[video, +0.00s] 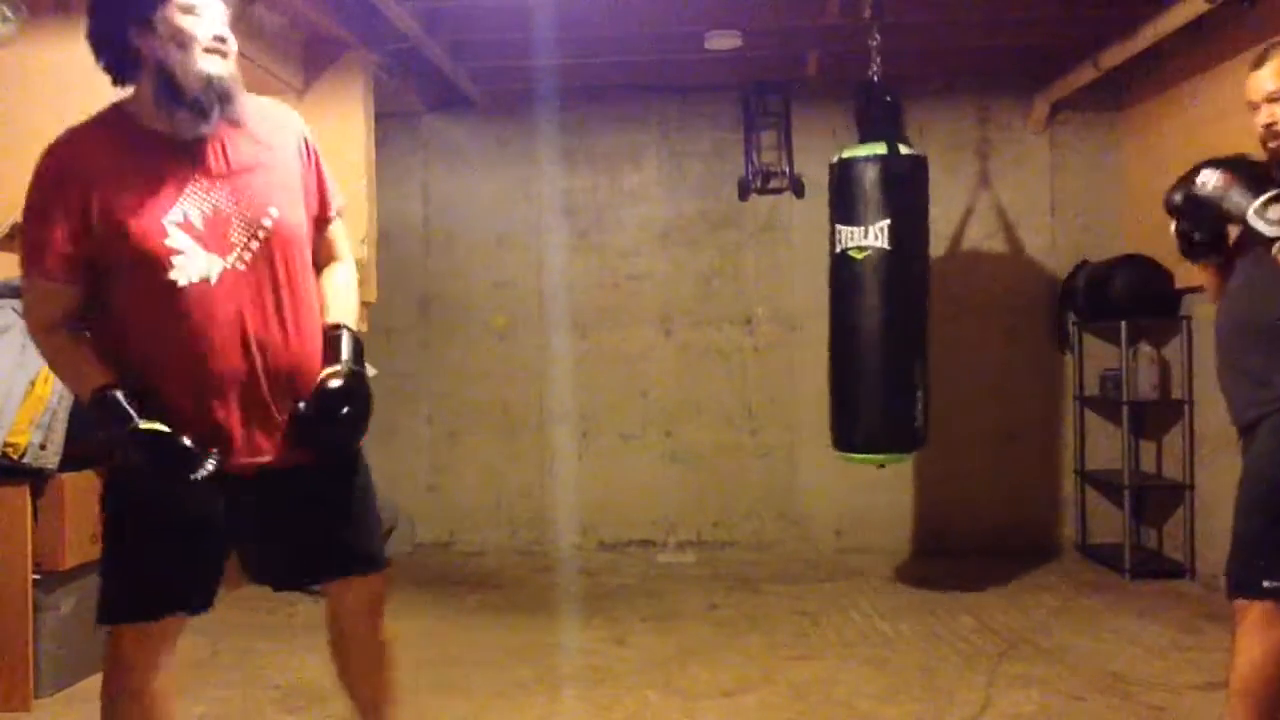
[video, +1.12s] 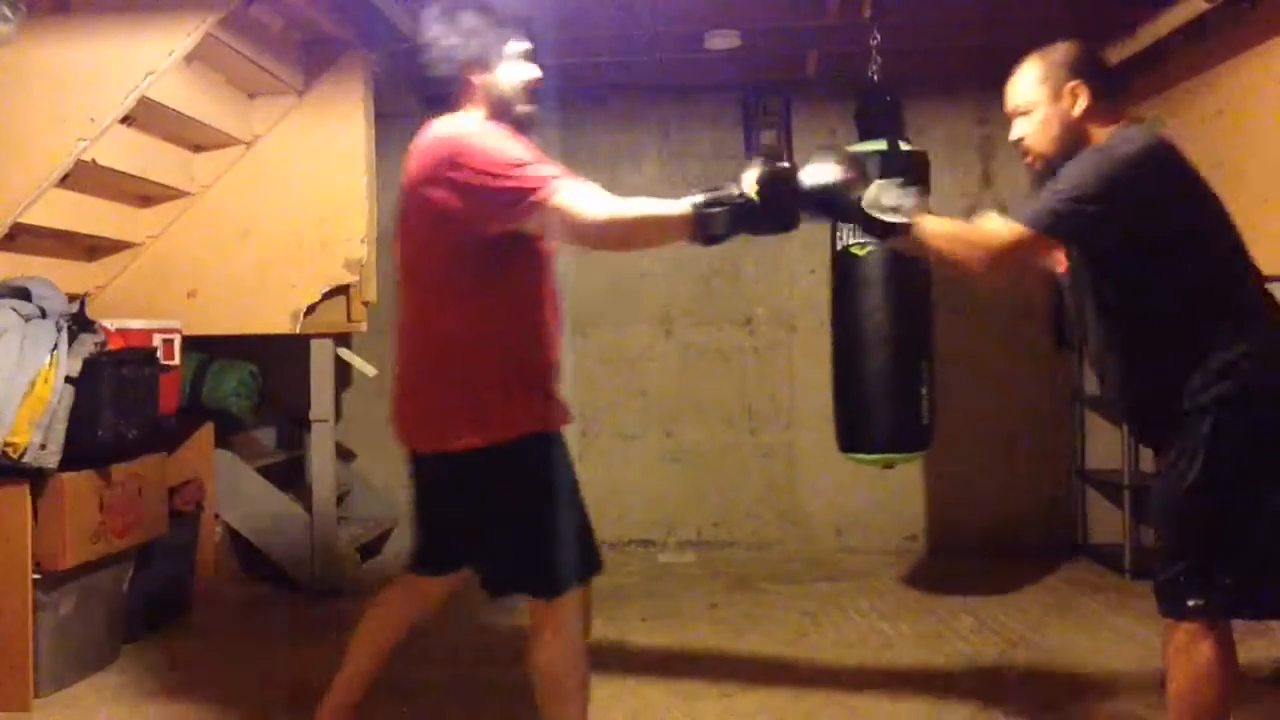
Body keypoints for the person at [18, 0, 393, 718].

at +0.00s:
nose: (224, 32)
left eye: (226, 17)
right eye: (194, 12)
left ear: (237, 36)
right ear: (137, 35)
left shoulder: (283, 129)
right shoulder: (78, 163)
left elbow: (332, 255)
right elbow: (51, 319)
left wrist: (344, 358)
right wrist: (126, 426)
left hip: (307, 442)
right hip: (168, 456)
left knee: (362, 586)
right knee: (142, 644)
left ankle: (379, 713)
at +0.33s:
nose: (311, 49)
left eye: (306, 35)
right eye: (290, 30)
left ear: (253, 51)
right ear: (236, 49)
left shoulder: (327, 157)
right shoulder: (192, 150)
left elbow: (351, 270)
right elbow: (122, 292)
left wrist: (373, 348)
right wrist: (213, 386)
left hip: (321, 442)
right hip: (216, 444)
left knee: (322, 592)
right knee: (191, 634)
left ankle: (306, 717)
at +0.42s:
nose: (332, 58)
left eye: (328, 44)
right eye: (315, 42)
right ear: (263, 56)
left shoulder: (329, 155)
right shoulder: (222, 149)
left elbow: (352, 266)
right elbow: (178, 284)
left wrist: (401, 336)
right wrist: (271, 369)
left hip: (334, 427)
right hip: (239, 433)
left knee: (326, 589)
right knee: (223, 618)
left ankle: (307, 716)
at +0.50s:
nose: (345, 62)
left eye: (342, 47)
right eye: (328, 45)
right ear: (278, 55)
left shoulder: (337, 152)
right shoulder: (246, 138)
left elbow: (374, 267)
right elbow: (226, 264)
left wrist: (437, 320)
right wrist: (336, 329)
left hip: (334, 412)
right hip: (267, 415)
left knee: (322, 588)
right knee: (274, 608)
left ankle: (305, 711)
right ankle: (231, 711)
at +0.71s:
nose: (385, 75)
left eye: (381, 59)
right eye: (371, 55)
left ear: (322, 66)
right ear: (319, 61)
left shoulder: (352, 155)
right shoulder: (301, 140)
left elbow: (432, 236)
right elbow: (372, 238)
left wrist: (528, 251)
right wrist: (515, 252)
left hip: (343, 410)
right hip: (341, 413)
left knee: (309, 582)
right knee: (404, 584)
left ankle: (298, 712)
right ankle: (408, 711)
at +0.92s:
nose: (445, 87)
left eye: (439, 71)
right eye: (431, 70)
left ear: (381, 82)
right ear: (382, 77)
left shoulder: (370, 154)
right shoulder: (374, 154)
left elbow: (499, 230)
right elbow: (479, 227)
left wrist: (626, 220)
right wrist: (616, 225)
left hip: (376, 427)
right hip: (425, 423)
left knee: (363, 589)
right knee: (494, 589)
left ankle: (311, 713)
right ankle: (528, 710)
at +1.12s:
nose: (536, 72)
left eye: (532, 58)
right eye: (521, 58)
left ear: (478, 74)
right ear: (472, 70)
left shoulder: (459, 145)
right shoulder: (462, 145)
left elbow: (597, 216)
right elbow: (595, 219)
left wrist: (724, 207)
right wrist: (728, 211)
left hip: (454, 421)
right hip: (499, 422)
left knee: (431, 577)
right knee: (561, 591)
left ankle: (333, 708)